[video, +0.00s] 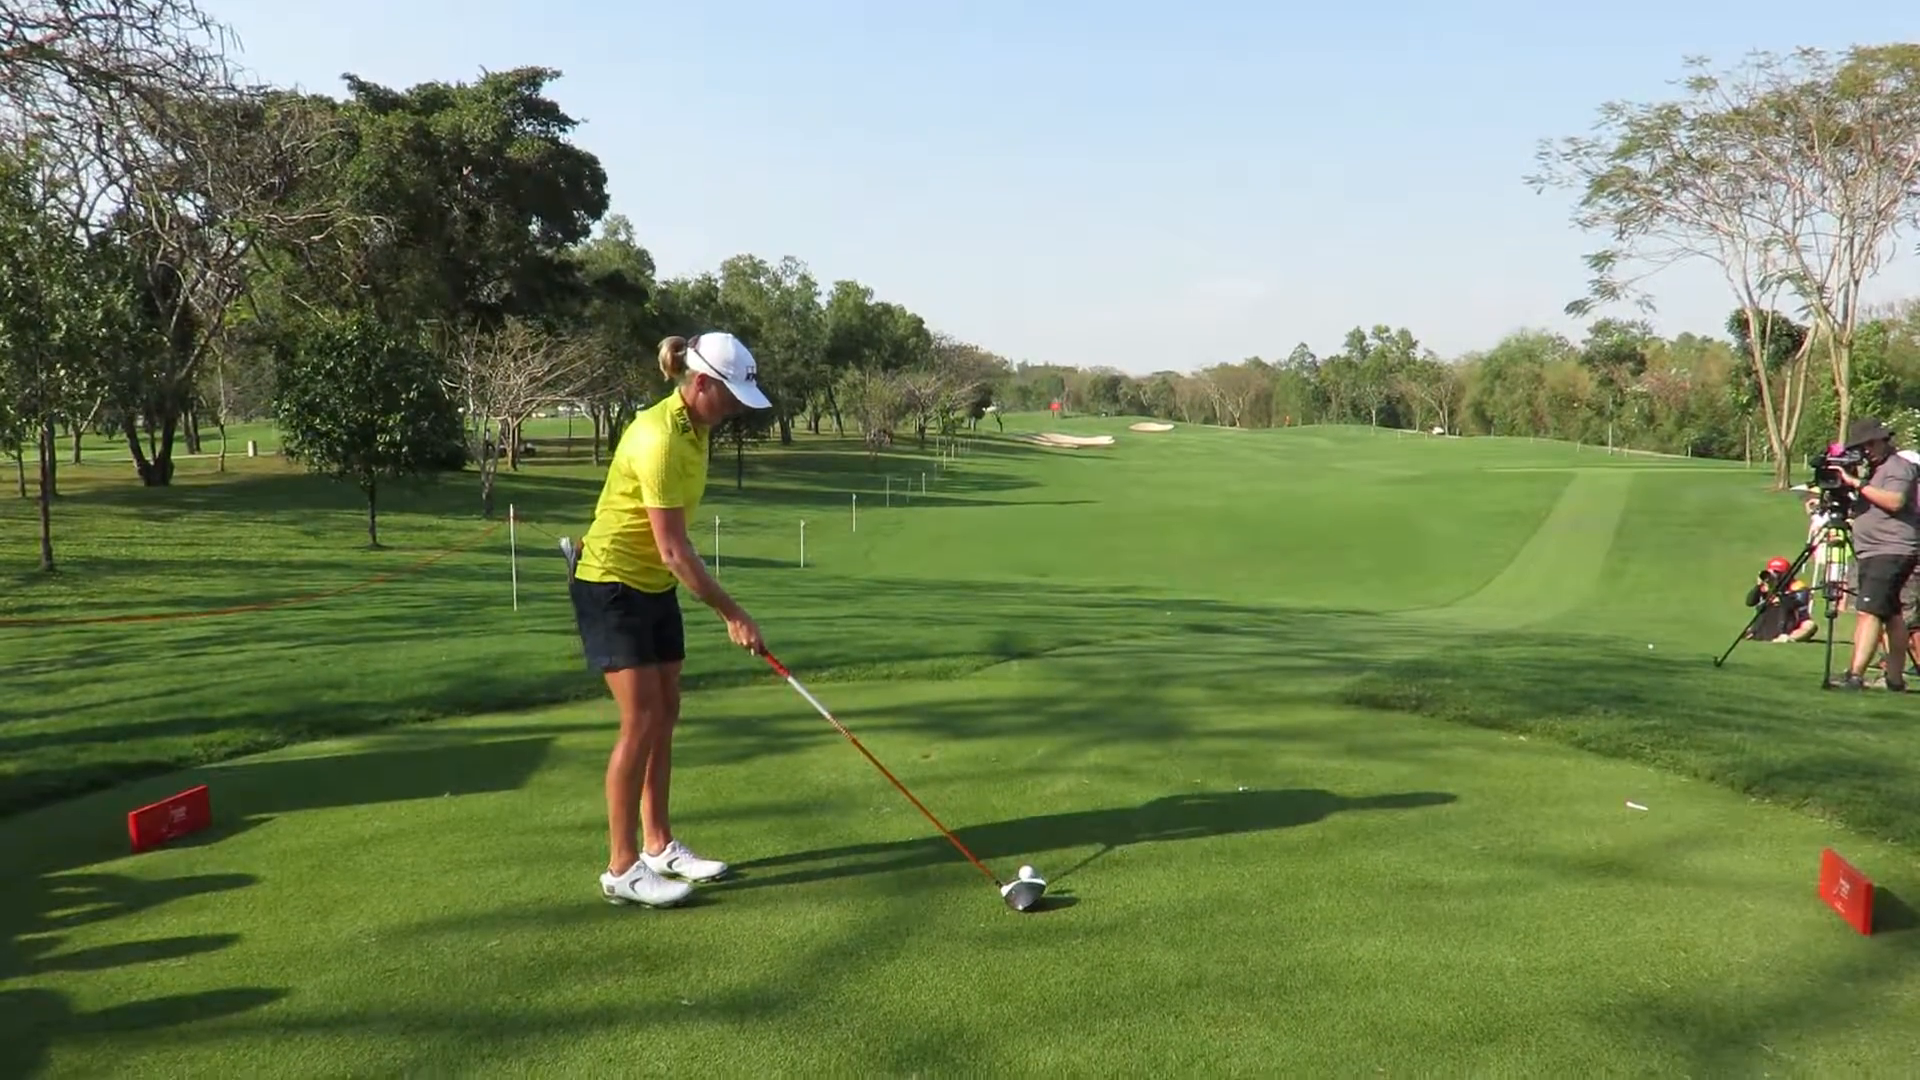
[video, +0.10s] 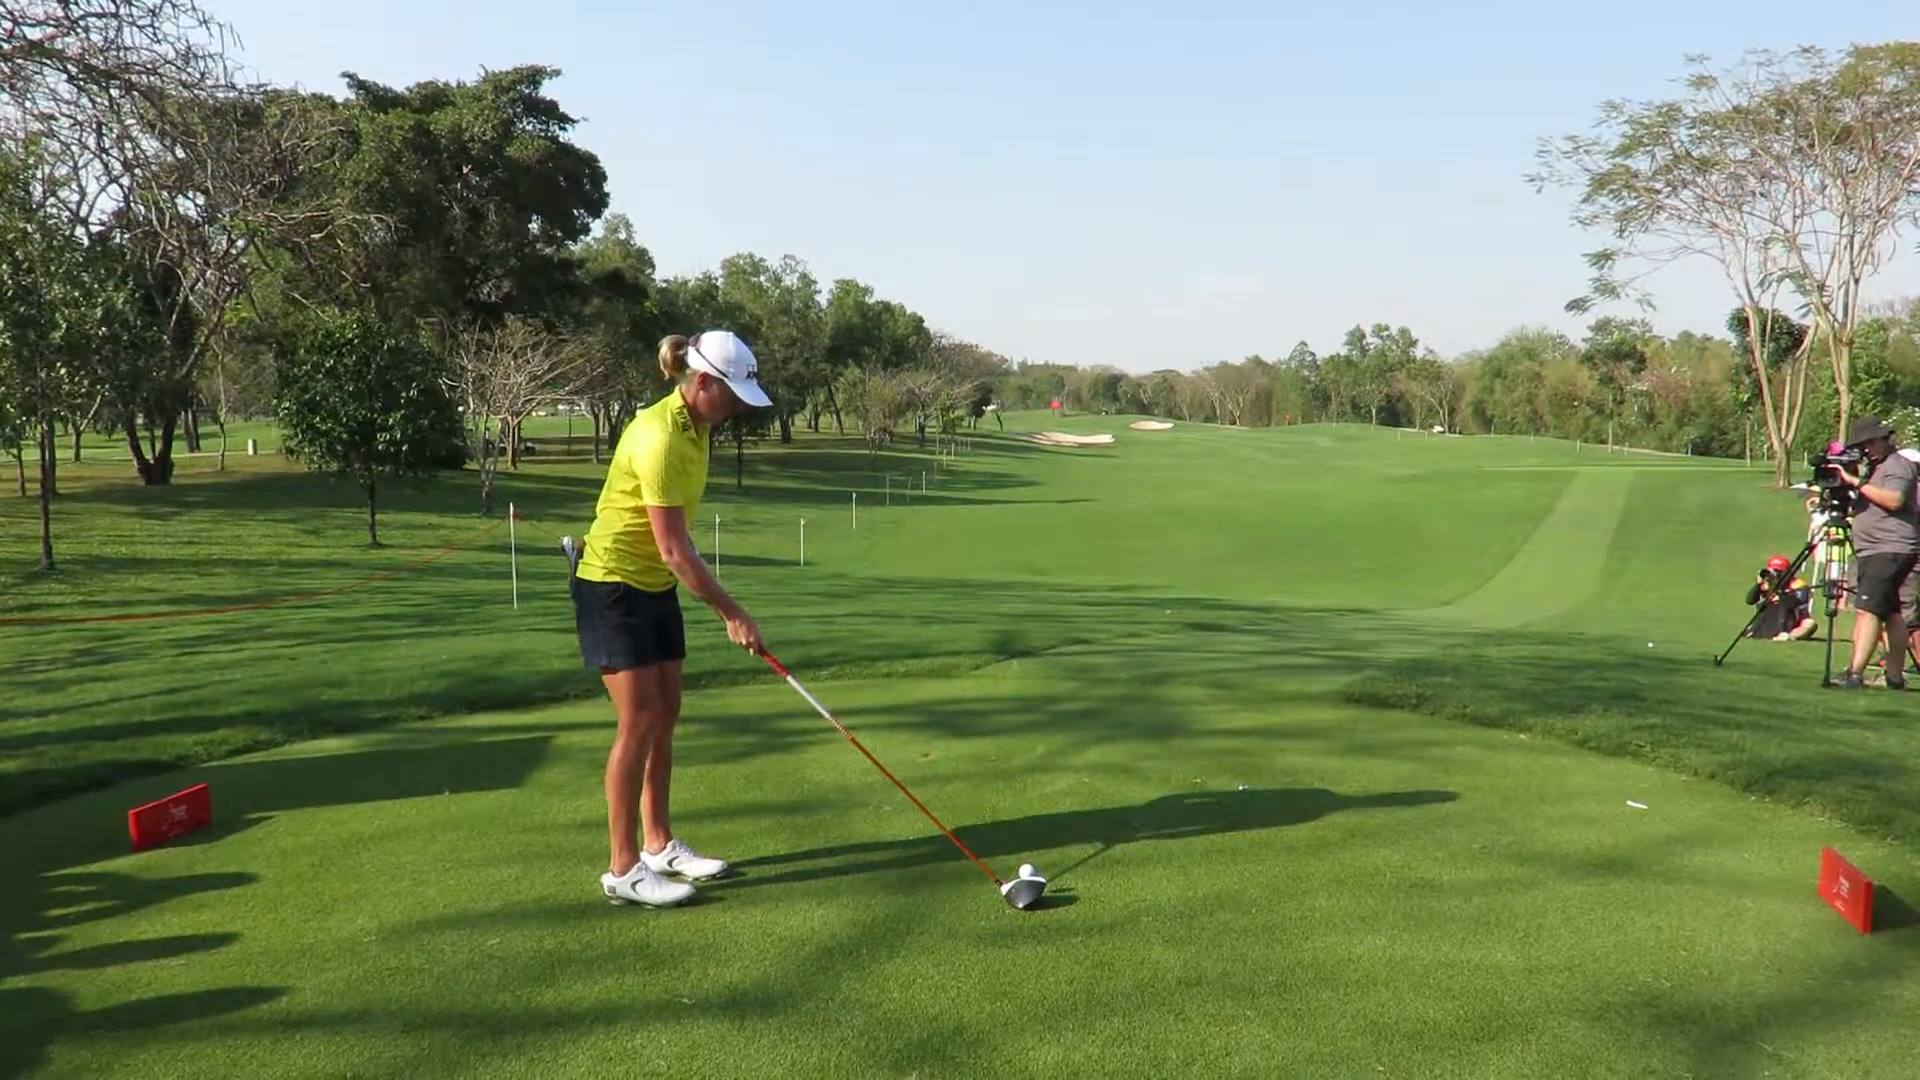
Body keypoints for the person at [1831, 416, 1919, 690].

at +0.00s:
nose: (1866, 452)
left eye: (1870, 445)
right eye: (1863, 447)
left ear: (1884, 442)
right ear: (1863, 448)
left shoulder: (1898, 467)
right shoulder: (1877, 470)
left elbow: (1894, 502)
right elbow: (1868, 504)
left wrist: (1857, 485)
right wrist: (1846, 482)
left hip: (1892, 551)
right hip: (1874, 551)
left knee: (1869, 610)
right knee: (1892, 616)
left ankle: (1854, 675)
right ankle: (1895, 678)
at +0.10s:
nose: (1866, 451)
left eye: (1869, 445)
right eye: (1863, 447)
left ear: (1884, 440)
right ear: (1865, 447)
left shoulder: (1897, 465)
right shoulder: (1879, 468)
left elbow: (1894, 500)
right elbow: (1870, 502)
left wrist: (1857, 483)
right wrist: (1847, 481)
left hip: (1890, 550)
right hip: (1875, 550)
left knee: (1868, 608)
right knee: (1892, 615)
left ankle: (1854, 673)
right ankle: (1895, 676)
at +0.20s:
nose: (1866, 449)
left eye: (1869, 442)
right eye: (1863, 444)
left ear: (1884, 438)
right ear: (1865, 445)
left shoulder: (1897, 463)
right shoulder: (1880, 466)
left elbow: (1893, 498)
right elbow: (1872, 498)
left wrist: (1857, 482)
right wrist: (1848, 480)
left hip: (1890, 547)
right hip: (1877, 547)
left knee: (1867, 606)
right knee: (1892, 613)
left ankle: (1854, 671)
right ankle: (1895, 674)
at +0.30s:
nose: (1866, 448)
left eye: (1870, 441)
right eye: (1862, 443)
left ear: (1884, 438)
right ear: (1862, 445)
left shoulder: (1896, 463)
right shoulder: (1877, 466)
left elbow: (1892, 498)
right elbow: (1868, 498)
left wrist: (1856, 481)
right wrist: (1845, 479)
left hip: (1889, 547)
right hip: (1874, 547)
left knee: (1866, 606)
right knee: (1892, 613)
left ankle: (1854, 670)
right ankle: (1894, 673)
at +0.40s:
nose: (1866, 449)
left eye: (1870, 442)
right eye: (1862, 444)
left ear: (1885, 438)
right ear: (1861, 445)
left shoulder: (1896, 463)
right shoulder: (1877, 467)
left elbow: (1891, 498)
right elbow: (1867, 498)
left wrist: (1854, 482)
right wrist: (1843, 479)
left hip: (1889, 547)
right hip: (1874, 547)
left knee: (1866, 606)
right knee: (1891, 613)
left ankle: (1853, 671)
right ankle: (1894, 674)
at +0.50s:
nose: (1865, 449)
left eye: (1870, 442)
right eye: (1862, 444)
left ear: (1885, 438)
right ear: (1860, 445)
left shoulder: (1896, 463)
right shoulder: (1876, 467)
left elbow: (1891, 498)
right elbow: (1866, 499)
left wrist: (1854, 481)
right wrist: (1843, 479)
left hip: (1888, 547)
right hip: (1874, 547)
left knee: (1866, 606)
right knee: (1891, 612)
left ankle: (1853, 671)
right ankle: (1894, 674)